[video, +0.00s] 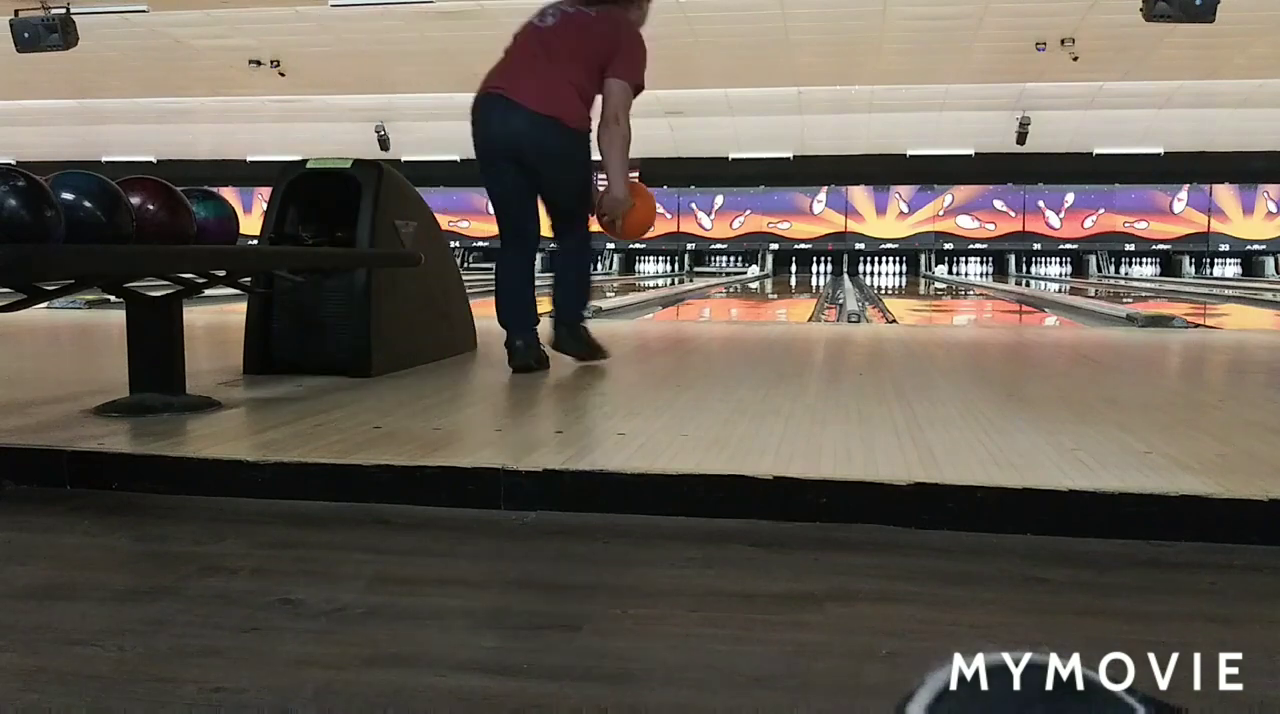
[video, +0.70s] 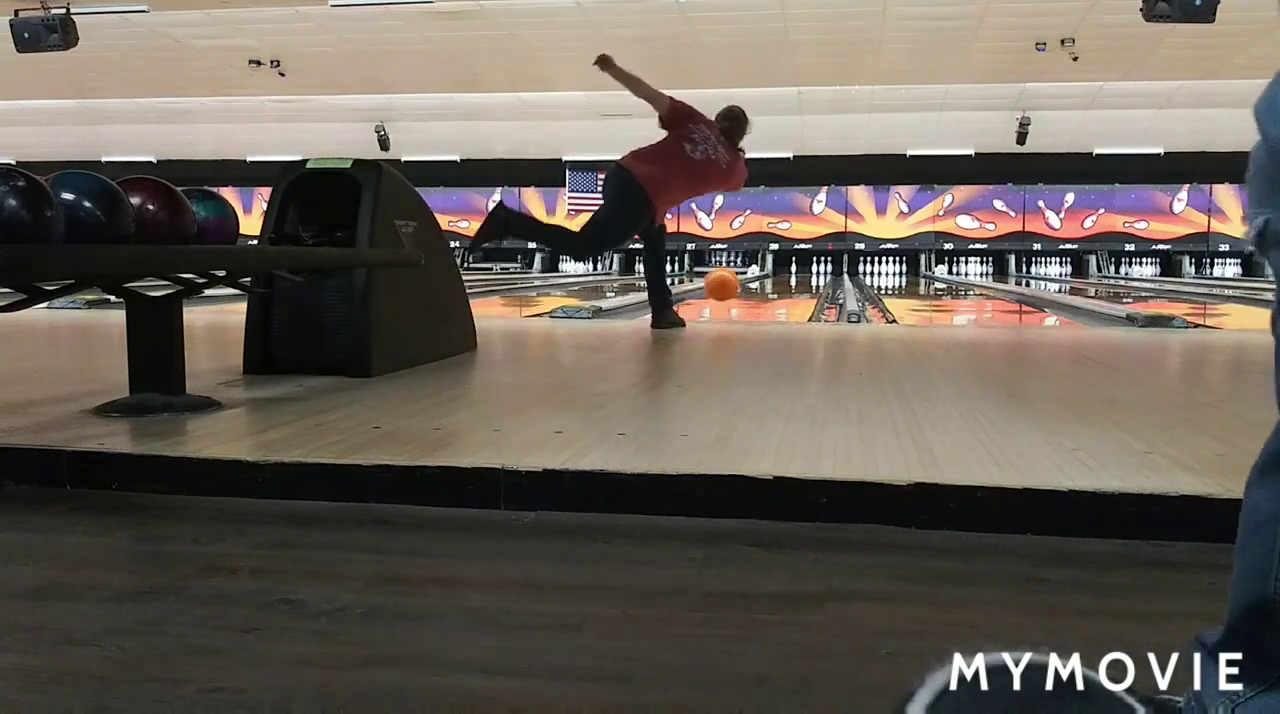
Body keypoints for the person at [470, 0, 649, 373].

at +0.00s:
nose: (645, 16)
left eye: (647, 9)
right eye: (646, 8)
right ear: (636, 4)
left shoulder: (558, 11)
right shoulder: (626, 36)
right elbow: (614, 118)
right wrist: (618, 189)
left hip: (492, 112)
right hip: (553, 124)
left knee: (516, 235)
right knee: (572, 229)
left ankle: (520, 342)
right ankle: (568, 326)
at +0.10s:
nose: (668, 39)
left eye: (670, 31)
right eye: (669, 30)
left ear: (627, 15)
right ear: (663, 26)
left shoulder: (588, 31)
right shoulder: (648, 56)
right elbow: (627, 132)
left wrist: (619, 174)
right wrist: (624, 196)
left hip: (514, 122)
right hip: (573, 134)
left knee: (527, 231)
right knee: (593, 230)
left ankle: (523, 329)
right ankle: (588, 333)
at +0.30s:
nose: (707, 93)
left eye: (708, 86)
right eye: (709, 86)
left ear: (675, 70)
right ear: (702, 84)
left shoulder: (640, 80)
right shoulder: (686, 115)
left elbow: (580, 102)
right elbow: (662, 173)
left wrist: (525, 116)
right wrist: (650, 228)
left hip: (556, 157)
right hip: (600, 174)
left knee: (593, 230)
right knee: (596, 249)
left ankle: (586, 311)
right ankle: (588, 324)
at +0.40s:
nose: (723, 112)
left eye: (724, 106)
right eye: (724, 106)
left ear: (693, 90)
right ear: (719, 107)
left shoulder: (658, 99)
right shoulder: (703, 143)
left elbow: (598, 86)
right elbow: (680, 198)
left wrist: (549, 68)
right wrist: (672, 246)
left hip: (575, 166)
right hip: (608, 190)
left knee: (617, 248)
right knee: (591, 253)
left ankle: (634, 315)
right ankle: (571, 302)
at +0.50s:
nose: (731, 121)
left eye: (732, 115)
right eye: (732, 115)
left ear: (702, 104)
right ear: (728, 117)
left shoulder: (668, 108)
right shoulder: (714, 161)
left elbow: (619, 84)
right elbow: (696, 221)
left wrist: (579, 55)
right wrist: (693, 269)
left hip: (595, 179)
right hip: (622, 202)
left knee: (638, 237)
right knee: (584, 257)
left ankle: (652, 314)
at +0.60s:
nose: (734, 128)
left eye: (727, 118)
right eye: (736, 124)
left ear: (709, 111)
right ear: (735, 126)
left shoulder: (684, 114)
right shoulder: (724, 167)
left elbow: (634, 93)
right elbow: (706, 222)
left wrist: (591, 71)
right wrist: (703, 264)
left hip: (611, 181)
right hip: (635, 207)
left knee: (646, 238)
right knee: (582, 256)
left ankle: (659, 314)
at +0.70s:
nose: (721, 126)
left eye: (721, 121)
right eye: (735, 130)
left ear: (717, 119)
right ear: (742, 138)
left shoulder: (694, 119)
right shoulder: (736, 171)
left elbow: (648, 93)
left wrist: (612, 69)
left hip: (622, 173)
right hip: (642, 199)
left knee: (655, 239)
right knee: (583, 247)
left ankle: (662, 313)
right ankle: (504, 220)